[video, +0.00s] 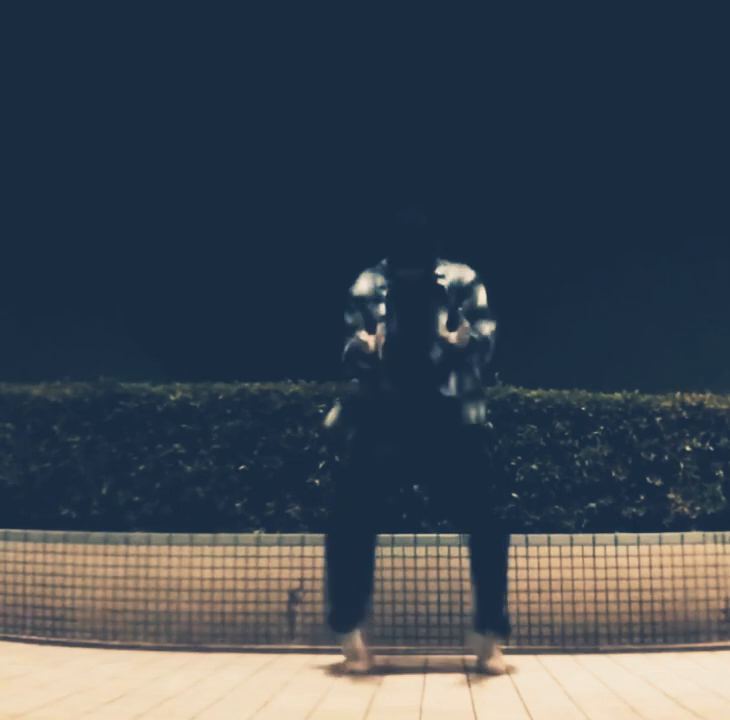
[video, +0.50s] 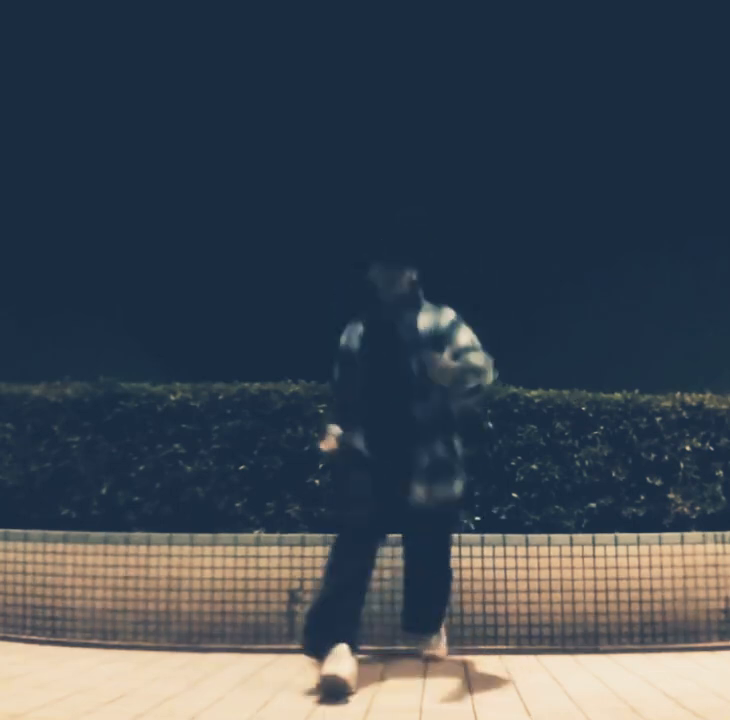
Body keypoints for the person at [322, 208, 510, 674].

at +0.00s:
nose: (410, 260)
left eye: (419, 251)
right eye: (401, 252)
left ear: (434, 245)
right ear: (388, 249)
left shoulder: (462, 281)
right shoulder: (370, 284)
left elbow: (486, 346)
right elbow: (347, 348)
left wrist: (463, 341)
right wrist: (364, 347)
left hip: (452, 421)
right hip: (381, 422)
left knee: (490, 515)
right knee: (351, 515)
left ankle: (487, 637)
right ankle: (350, 634)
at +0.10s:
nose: (413, 240)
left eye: (423, 231)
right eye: (403, 232)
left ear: (436, 230)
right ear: (391, 232)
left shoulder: (463, 267)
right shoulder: (373, 270)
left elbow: (492, 326)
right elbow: (347, 339)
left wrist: (466, 329)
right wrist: (367, 331)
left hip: (451, 418)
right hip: (382, 418)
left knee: (467, 519)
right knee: (361, 518)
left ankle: (484, 634)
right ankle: (354, 633)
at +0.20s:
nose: (412, 258)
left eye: (421, 248)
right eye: (402, 248)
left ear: (434, 233)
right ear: (388, 236)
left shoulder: (460, 262)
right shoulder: (368, 265)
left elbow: (489, 303)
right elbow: (335, 325)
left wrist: (461, 325)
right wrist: (368, 336)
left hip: (451, 418)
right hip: (383, 417)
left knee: (460, 516)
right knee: (376, 517)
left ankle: (447, 622)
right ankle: (372, 627)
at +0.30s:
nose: (405, 265)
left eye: (414, 256)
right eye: (397, 256)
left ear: (430, 251)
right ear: (383, 254)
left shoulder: (454, 293)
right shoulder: (364, 297)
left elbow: (473, 359)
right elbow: (344, 360)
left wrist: (448, 354)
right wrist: (350, 381)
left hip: (444, 431)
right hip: (379, 431)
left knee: (442, 525)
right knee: (370, 511)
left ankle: (431, 626)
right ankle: (385, 595)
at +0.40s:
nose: (402, 291)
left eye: (412, 281)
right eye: (394, 282)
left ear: (427, 286)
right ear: (380, 287)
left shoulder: (452, 329)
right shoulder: (363, 333)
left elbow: (469, 395)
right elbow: (346, 388)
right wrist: (347, 416)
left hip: (434, 458)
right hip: (375, 457)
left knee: (432, 542)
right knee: (365, 536)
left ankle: (429, 629)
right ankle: (371, 628)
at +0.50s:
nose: (393, 281)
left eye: (400, 272)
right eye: (384, 272)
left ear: (414, 274)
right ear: (371, 276)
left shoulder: (442, 321)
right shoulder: (357, 332)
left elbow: (482, 370)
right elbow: (341, 393)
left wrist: (448, 370)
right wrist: (334, 429)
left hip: (431, 466)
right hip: (371, 466)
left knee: (430, 550)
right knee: (352, 550)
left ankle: (430, 629)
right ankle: (336, 649)